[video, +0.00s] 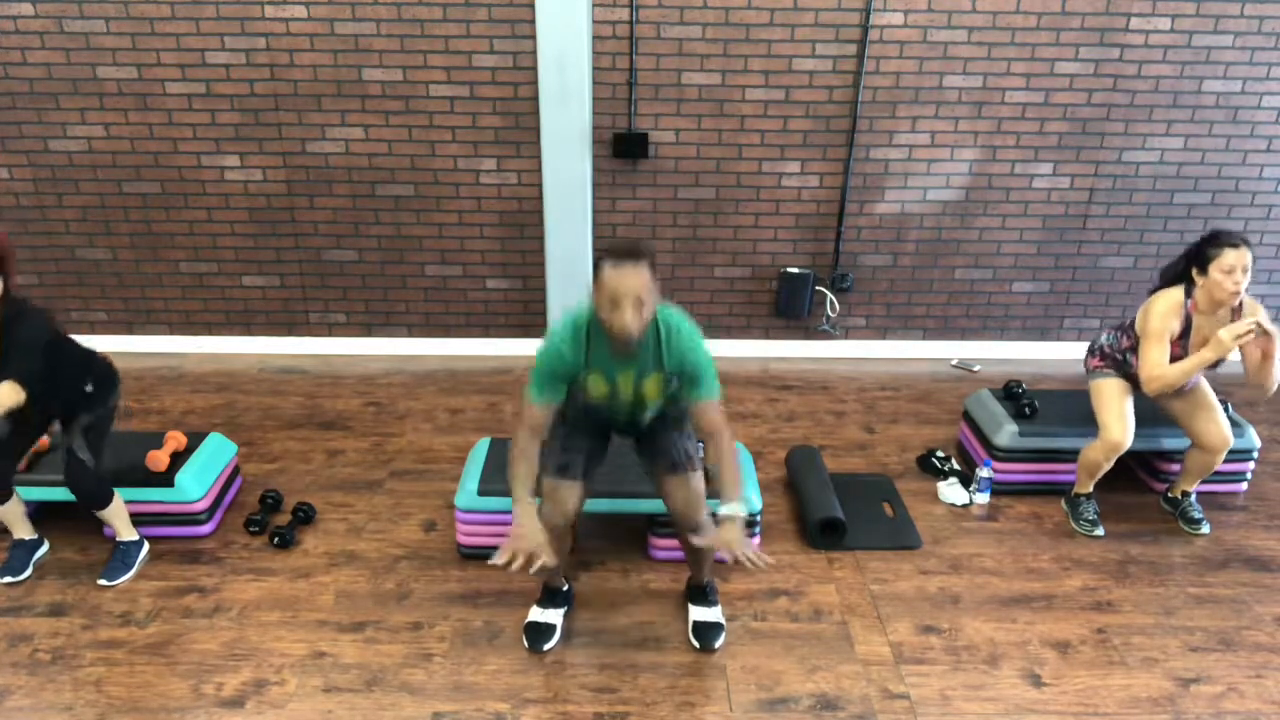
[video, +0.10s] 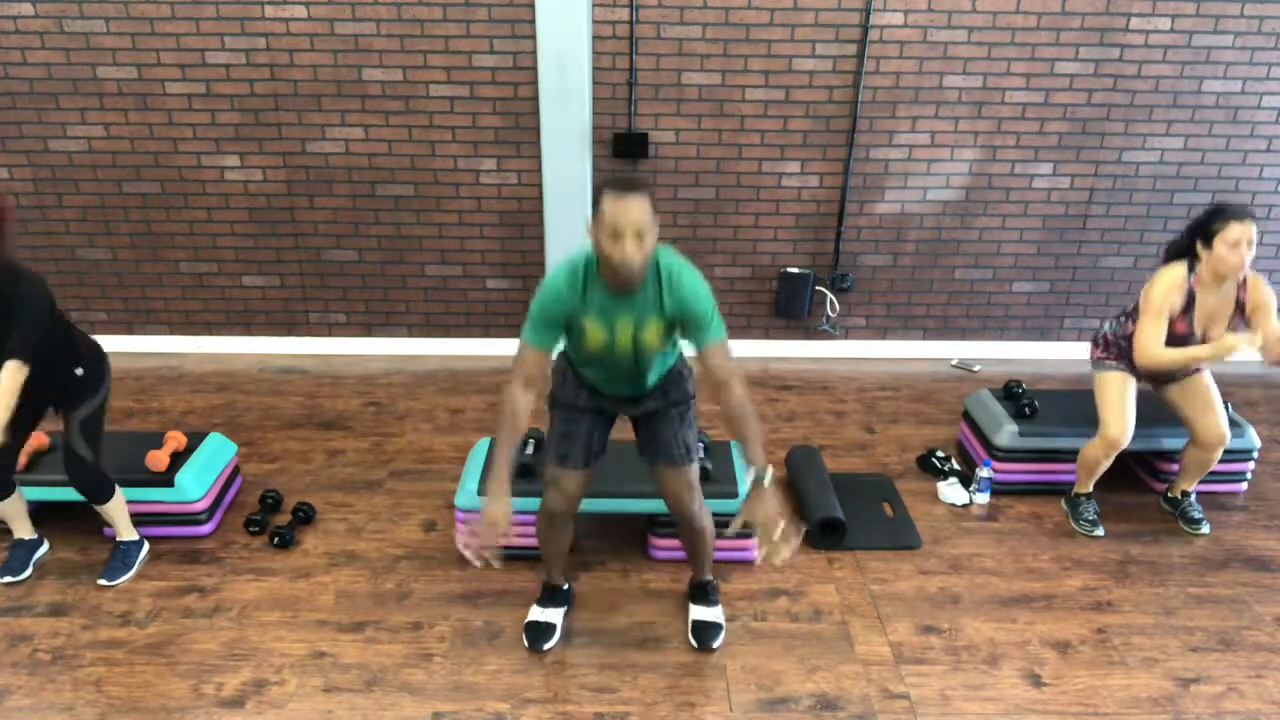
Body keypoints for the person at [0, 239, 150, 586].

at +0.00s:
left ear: (4, 284)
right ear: (5, 284)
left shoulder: (23, 319)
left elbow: (16, 388)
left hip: (89, 388)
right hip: (41, 397)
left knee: (80, 475)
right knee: (1, 470)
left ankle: (130, 540)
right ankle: (26, 539)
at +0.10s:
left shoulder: (22, 288)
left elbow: (13, 369)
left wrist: (2, 436)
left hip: (80, 370)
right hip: (31, 376)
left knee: (80, 467)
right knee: (0, 465)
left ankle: (130, 540)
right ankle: (26, 540)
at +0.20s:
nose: (4, 200)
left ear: (6, 207)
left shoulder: (17, 257)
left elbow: (32, 343)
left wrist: (39, 418)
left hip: (64, 360)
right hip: (11, 368)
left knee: (77, 454)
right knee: (3, 456)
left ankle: (129, 539)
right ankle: (25, 539)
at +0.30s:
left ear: (8, 194)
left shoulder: (26, 242)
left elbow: (62, 317)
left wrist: (85, 386)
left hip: (45, 363)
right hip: (8, 371)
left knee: (78, 450)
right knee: (7, 457)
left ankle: (129, 539)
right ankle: (26, 539)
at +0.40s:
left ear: (7, 183)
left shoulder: (29, 232)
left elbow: (77, 295)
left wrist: (111, 353)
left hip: (47, 360)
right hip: (5, 370)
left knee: (80, 450)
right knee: (7, 458)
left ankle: (129, 539)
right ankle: (26, 539)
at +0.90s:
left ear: (2, 192)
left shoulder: (27, 234)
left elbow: (72, 302)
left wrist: (97, 371)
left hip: (46, 362)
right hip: (3, 372)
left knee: (82, 452)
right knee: (7, 459)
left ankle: (129, 538)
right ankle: (26, 539)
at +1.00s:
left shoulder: (20, 239)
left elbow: (59, 315)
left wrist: (51, 390)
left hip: (54, 362)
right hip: (7, 371)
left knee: (79, 449)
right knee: (6, 458)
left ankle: (129, 538)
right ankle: (26, 539)